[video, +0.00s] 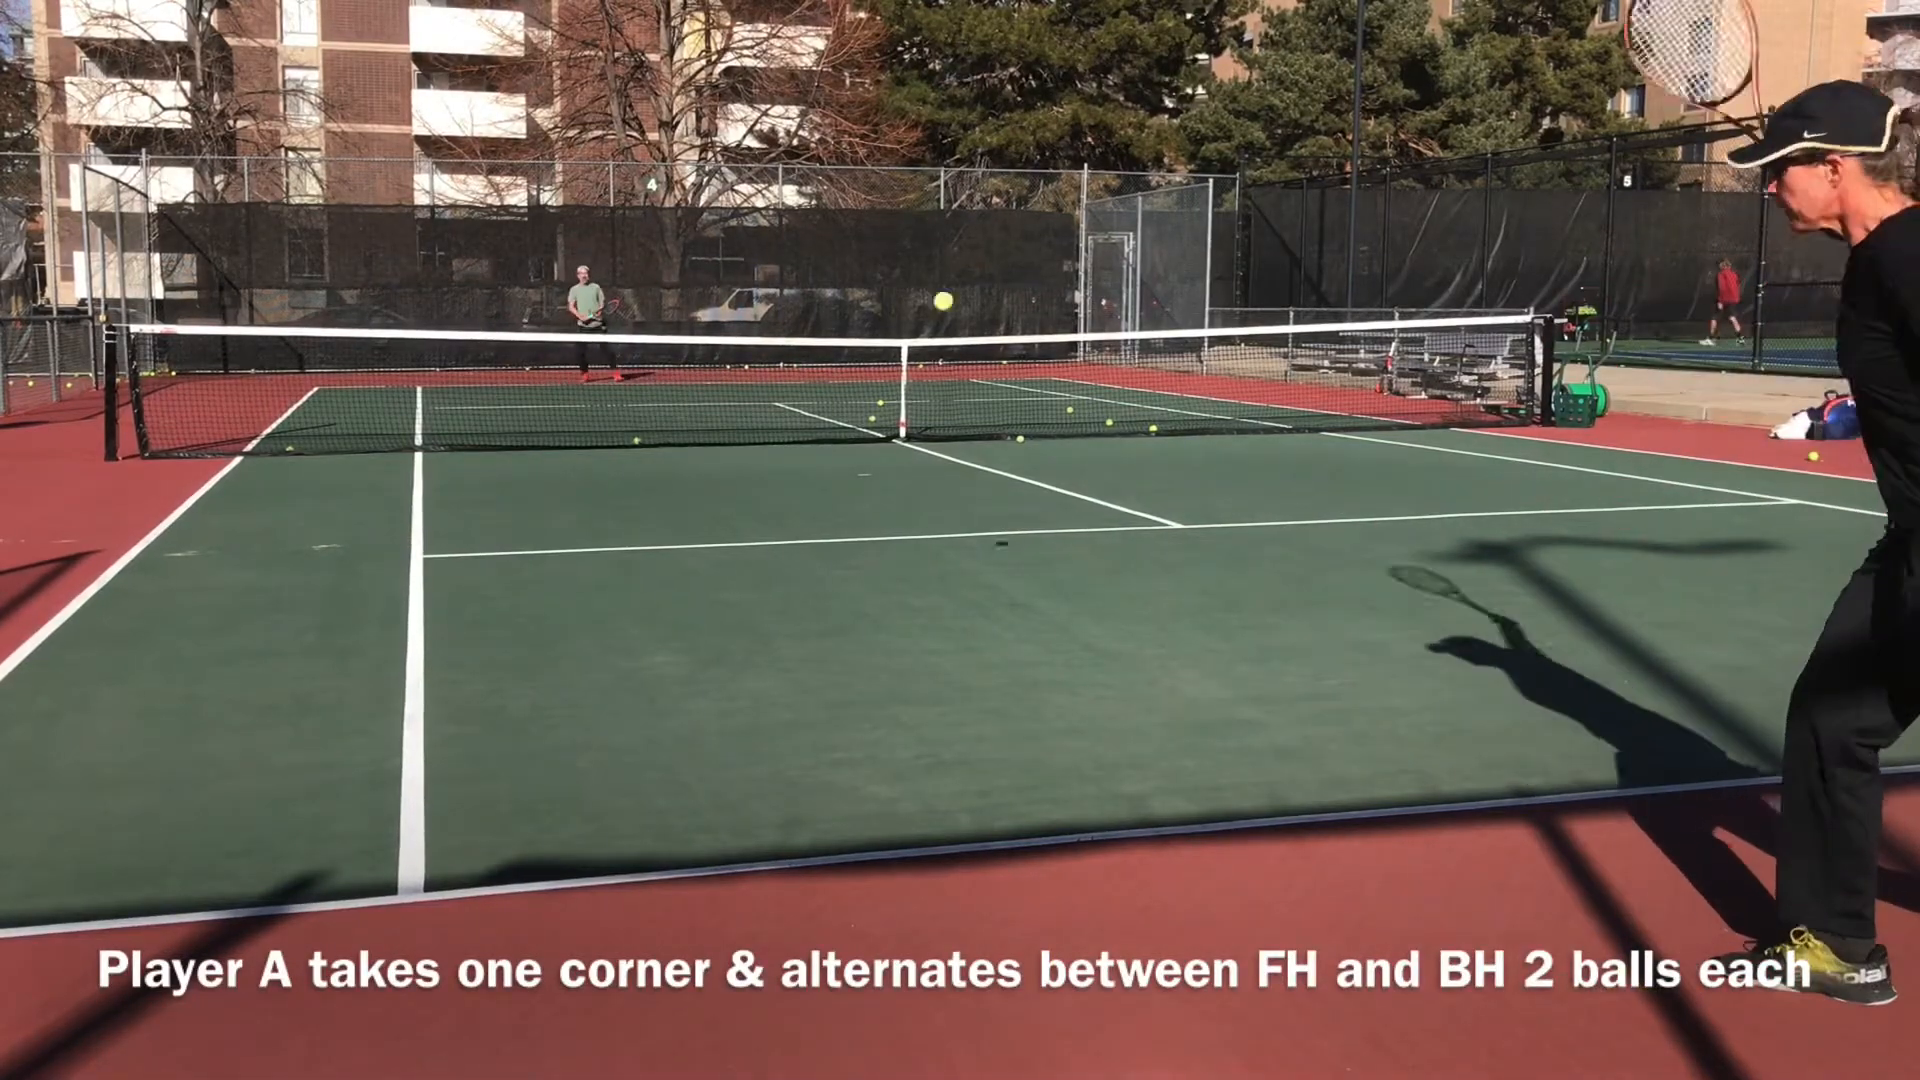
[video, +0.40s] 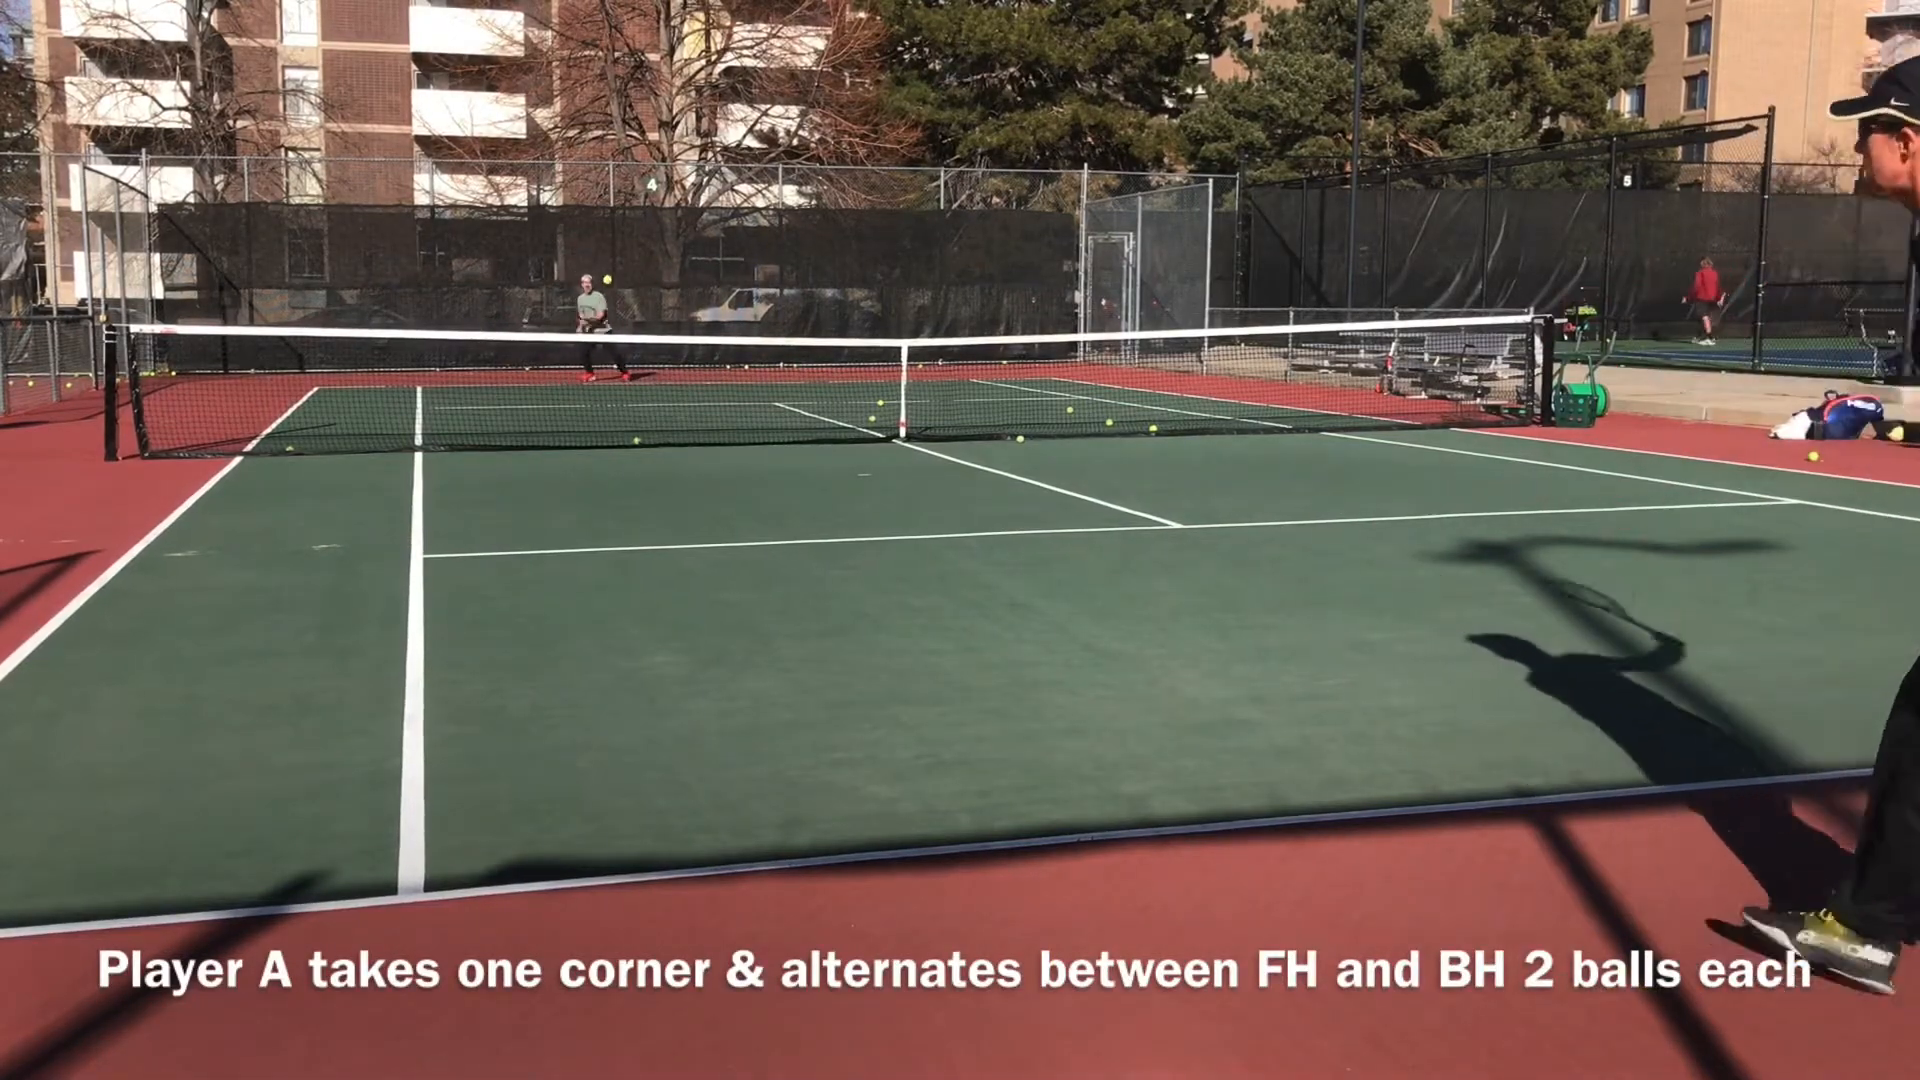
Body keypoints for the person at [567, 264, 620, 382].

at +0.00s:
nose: (584, 276)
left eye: (586, 273)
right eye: (581, 274)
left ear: (588, 274)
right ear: (578, 275)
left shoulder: (596, 287)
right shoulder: (574, 290)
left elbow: (601, 302)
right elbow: (571, 306)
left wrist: (598, 312)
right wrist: (580, 316)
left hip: (597, 324)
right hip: (583, 324)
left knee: (605, 347)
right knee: (581, 350)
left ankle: (615, 371)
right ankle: (584, 373)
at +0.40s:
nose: (587, 285)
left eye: (588, 282)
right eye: (584, 282)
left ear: (592, 284)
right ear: (581, 285)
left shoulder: (598, 296)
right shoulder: (580, 298)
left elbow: (601, 314)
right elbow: (580, 315)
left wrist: (588, 320)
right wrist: (579, 327)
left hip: (602, 329)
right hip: (587, 330)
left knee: (612, 350)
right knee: (584, 351)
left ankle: (624, 372)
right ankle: (589, 372)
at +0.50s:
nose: (580, 284)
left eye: (582, 281)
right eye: (578, 281)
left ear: (587, 282)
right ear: (576, 283)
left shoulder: (592, 294)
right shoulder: (578, 296)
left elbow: (591, 312)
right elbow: (577, 311)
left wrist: (579, 316)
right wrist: (570, 315)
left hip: (599, 326)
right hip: (587, 327)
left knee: (606, 349)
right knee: (582, 351)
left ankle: (617, 370)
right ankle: (589, 373)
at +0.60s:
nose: (575, 283)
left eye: (577, 281)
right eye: (573, 281)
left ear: (581, 282)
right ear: (571, 283)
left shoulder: (586, 293)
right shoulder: (573, 296)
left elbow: (577, 310)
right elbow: (574, 311)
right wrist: (561, 313)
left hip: (595, 328)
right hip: (584, 329)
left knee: (598, 352)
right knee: (580, 351)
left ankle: (615, 371)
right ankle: (588, 372)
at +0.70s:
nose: (569, 286)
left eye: (571, 283)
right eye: (567, 284)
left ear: (575, 284)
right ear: (565, 285)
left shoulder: (580, 295)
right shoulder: (570, 297)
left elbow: (566, 309)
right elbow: (565, 311)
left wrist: (547, 307)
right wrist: (552, 311)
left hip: (591, 330)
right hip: (581, 331)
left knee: (594, 352)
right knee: (578, 352)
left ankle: (611, 368)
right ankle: (586, 372)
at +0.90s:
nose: (554, 289)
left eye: (556, 286)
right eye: (553, 287)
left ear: (562, 286)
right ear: (552, 288)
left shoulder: (565, 296)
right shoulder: (563, 298)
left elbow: (555, 311)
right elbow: (556, 314)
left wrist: (538, 317)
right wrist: (540, 316)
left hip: (577, 330)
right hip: (573, 330)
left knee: (565, 350)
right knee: (571, 354)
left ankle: (562, 374)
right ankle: (585, 373)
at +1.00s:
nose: (548, 289)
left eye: (550, 287)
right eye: (546, 287)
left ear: (555, 287)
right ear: (545, 288)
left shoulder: (559, 297)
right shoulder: (557, 298)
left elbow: (550, 313)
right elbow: (554, 316)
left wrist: (534, 320)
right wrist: (544, 323)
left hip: (568, 331)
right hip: (566, 331)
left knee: (553, 352)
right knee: (569, 355)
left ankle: (549, 374)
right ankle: (584, 373)